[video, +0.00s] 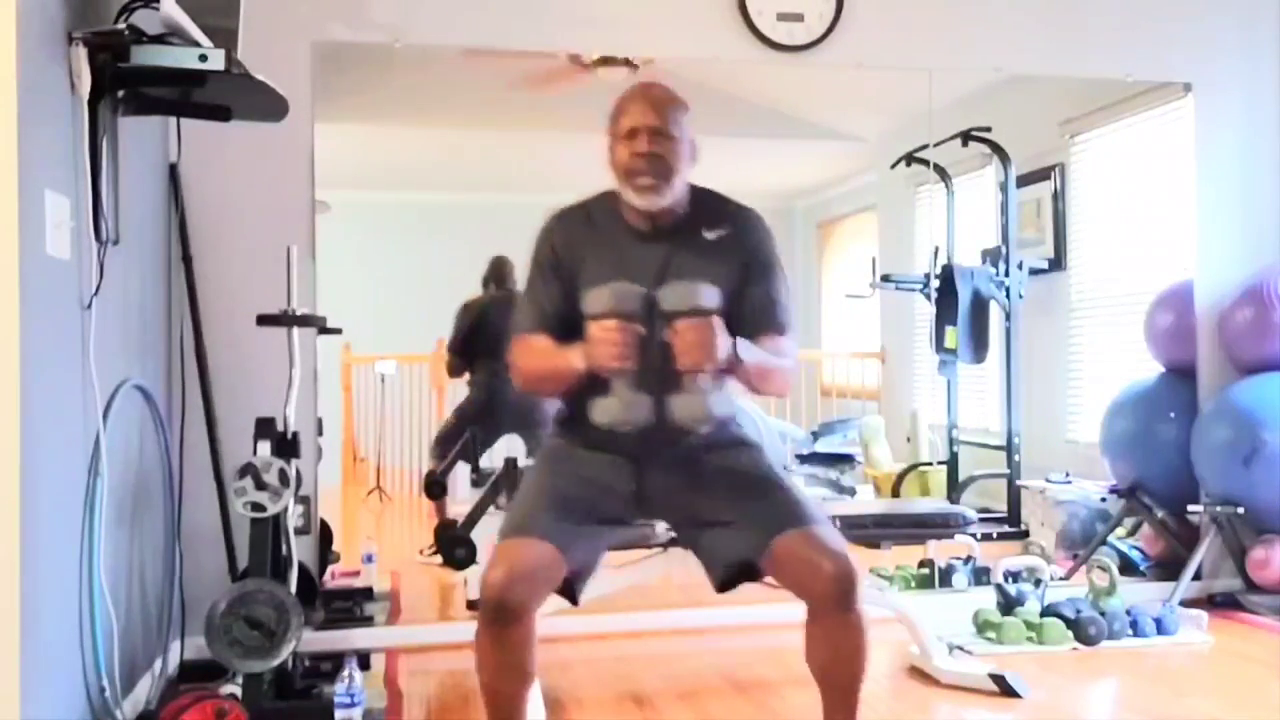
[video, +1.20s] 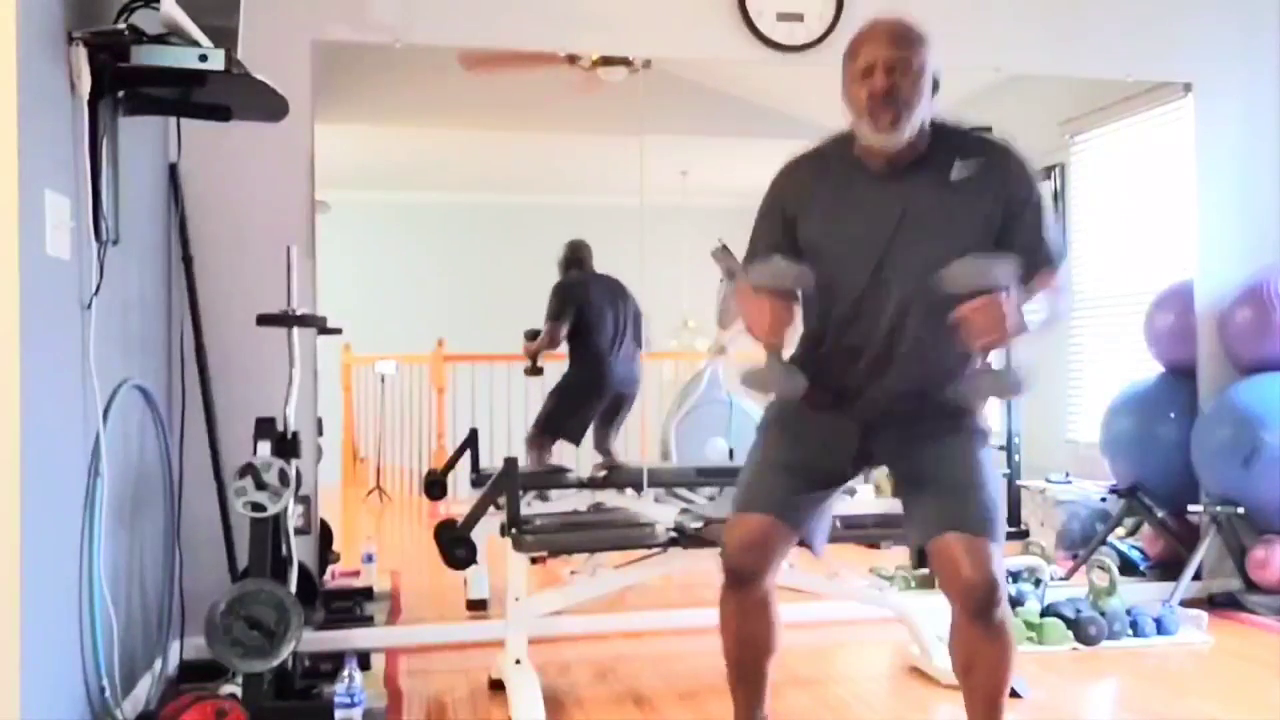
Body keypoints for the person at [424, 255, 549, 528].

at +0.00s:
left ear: (486, 279)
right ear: (513, 278)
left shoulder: (474, 309)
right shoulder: (529, 308)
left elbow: (454, 366)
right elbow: (541, 355)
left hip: (485, 400)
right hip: (526, 399)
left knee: (442, 450)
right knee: (545, 454)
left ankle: (443, 521)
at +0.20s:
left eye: (510, 253)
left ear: (507, 253)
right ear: (533, 252)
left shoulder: (497, 284)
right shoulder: (555, 281)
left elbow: (479, 332)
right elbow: (581, 330)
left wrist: (480, 357)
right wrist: (566, 340)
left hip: (514, 372)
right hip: (554, 370)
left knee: (475, 434)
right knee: (567, 438)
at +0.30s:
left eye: (515, 235)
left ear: (516, 235)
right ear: (542, 233)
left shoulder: (510, 263)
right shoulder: (568, 260)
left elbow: (496, 308)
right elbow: (600, 296)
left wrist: (479, 329)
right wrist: (583, 325)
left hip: (528, 359)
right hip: (567, 360)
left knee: (494, 424)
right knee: (573, 432)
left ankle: (482, 477)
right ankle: (581, 488)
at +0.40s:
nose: (521, 234)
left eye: (521, 230)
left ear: (522, 230)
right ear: (549, 228)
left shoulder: (519, 253)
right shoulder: (575, 253)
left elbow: (512, 291)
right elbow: (609, 285)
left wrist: (484, 318)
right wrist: (605, 325)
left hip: (537, 357)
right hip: (576, 357)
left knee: (502, 430)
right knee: (573, 430)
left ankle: (509, 489)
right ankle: (583, 484)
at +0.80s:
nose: (535, 238)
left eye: (535, 234)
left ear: (536, 235)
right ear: (564, 232)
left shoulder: (532, 262)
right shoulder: (593, 259)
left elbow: (517, 313)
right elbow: (619, 310)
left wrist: (514, 339)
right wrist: (590, 319)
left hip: (562, 359)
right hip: (601, 358)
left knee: (537, 438)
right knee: (603, 427)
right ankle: (613, 466)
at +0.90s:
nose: (543, 259)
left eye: (544, 254)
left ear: (545, 254)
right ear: (572, 253)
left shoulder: (543, 280)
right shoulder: (599, 280)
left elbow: (526, 330)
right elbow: (614, 323)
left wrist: (526, 353)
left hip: (569, 373)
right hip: (608, 372)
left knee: (529, 442)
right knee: (607, 437)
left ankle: (536, 500)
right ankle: (628, 492)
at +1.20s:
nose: (560, 268)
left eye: (561, 264)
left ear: (564, 263)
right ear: (591, 262)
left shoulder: (568, 286)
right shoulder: (619, 288)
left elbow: (553, 338)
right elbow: (637, 341)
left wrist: (534, 349)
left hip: (590, 377)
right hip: (629, 378)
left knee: (539, 440)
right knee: (605, 443)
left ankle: (539, 500)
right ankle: (628, 493)